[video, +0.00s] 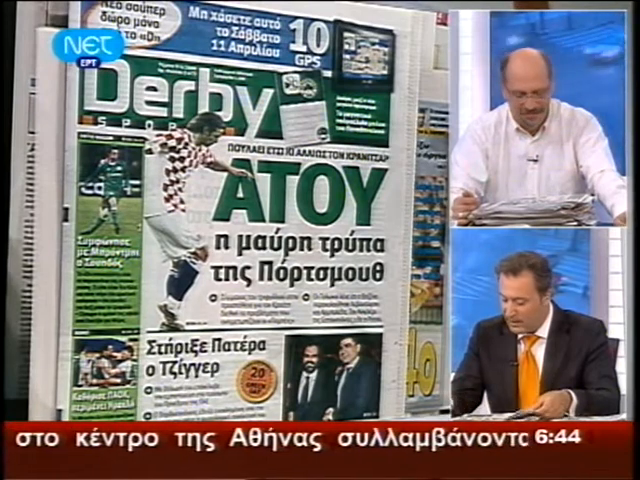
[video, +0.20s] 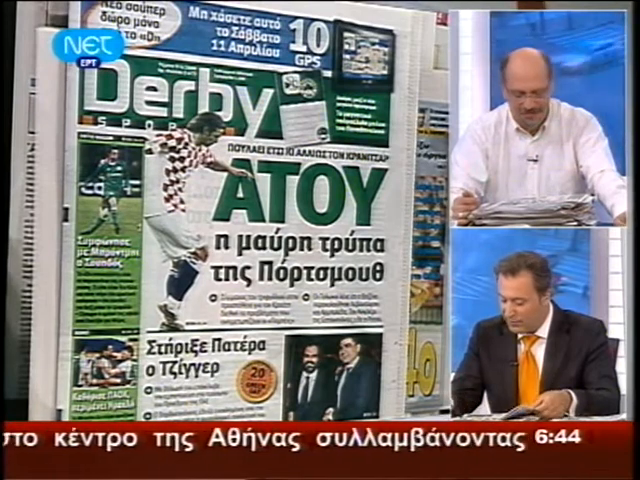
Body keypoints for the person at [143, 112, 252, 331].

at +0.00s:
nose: (215, 141)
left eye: (217, 137)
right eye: (215, 136)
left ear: (207, 132)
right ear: (205, 130)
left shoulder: (199, 150)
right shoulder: (179, 137)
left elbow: (212, 162)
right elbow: (149, 145)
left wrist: (232, 170)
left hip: (165, 209)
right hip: (161, 208)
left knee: (180, 262)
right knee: (200, 251)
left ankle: (170, 317)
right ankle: (172, 304)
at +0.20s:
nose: (215, 141)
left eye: (217, 137)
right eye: (215, 136)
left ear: (207, 132)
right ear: (205, 130)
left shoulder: (199, 150)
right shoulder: (179, 137)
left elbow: (212, 162)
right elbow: (149, 145)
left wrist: (232, 170)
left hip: (165, 209)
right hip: (161, 208)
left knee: (180, 262)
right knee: (200, 251)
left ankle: (170, 317)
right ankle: (172, 304)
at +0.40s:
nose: (215, 141)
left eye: (217, 137)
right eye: (215, 136)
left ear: (207, 132)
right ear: (205, 130)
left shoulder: (199, 150)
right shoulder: (179, 137)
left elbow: (212, 162)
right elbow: (149, 145)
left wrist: (232, 170)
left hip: (165, 209)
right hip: (161, 208)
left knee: (180, 262)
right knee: (200, 251)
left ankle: (170, 317)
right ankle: (172, 304)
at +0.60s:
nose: (215, 141)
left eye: (217, 137)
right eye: (215, 136)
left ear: (207, 132)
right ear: (205, 130)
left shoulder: (199, 150)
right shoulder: (179, 137)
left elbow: (212, 162)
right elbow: (149, 145)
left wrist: (232, 170)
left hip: (165, 209)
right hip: (161, 208)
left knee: (180, 262)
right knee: (200, 251)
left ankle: (170, 317)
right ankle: (172, 304)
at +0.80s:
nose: (215, 141)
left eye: (217, 137)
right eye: (215, 136)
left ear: (207, 132)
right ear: (205, 130)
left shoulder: (199, 150)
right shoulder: (179, 137)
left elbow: (212, 162)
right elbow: (149, 145)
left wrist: (232, 170)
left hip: (165, 209)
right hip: (161, 208)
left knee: (180, 262)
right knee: (200, 251)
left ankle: (170, 317)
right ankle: (172, 304)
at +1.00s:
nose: (215, 141)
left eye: (217, 137)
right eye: (215, 135)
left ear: (207, 132)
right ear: (205, 130)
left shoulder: (199, 150)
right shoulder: (179, 137)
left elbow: (212, 162)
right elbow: (148, 146)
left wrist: (232, 170)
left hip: (165, 209)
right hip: (161, 208)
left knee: (180, 262)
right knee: (200, 251)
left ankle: (171, 317)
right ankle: (172, 304)